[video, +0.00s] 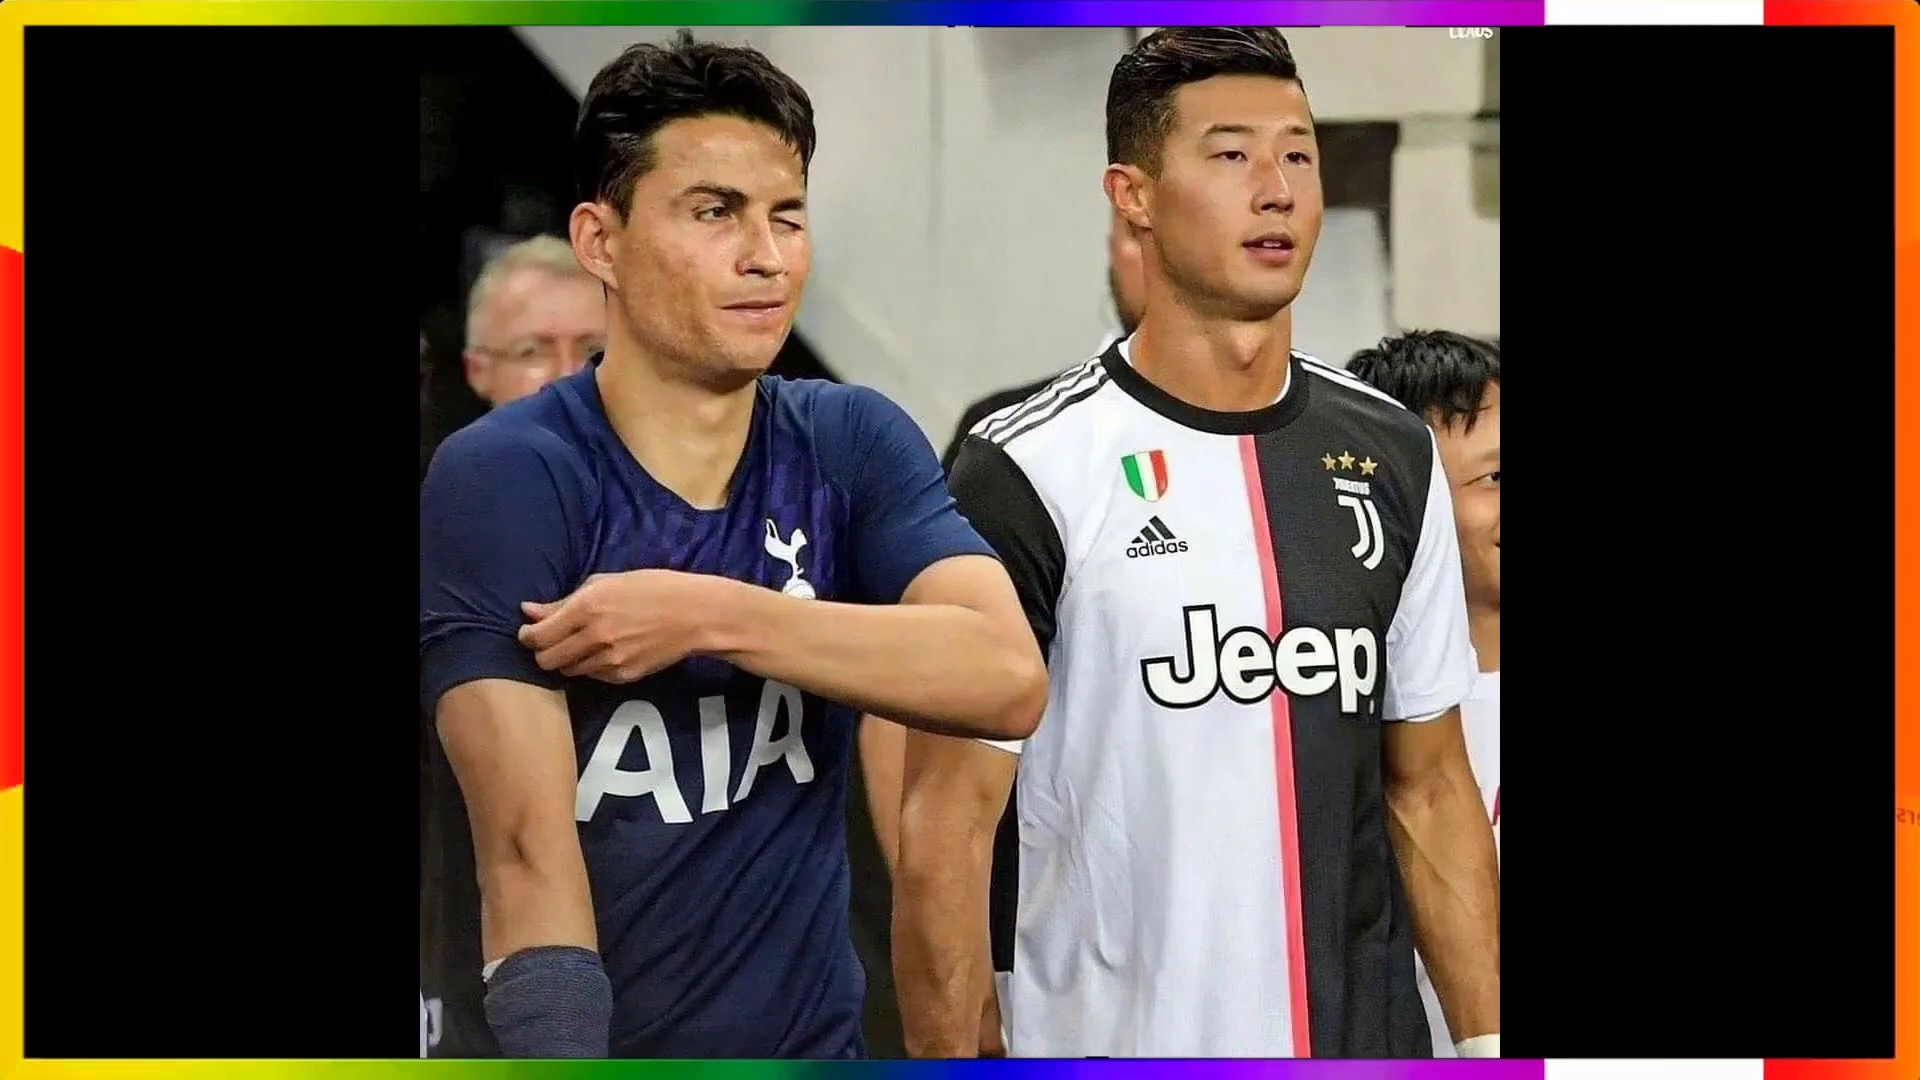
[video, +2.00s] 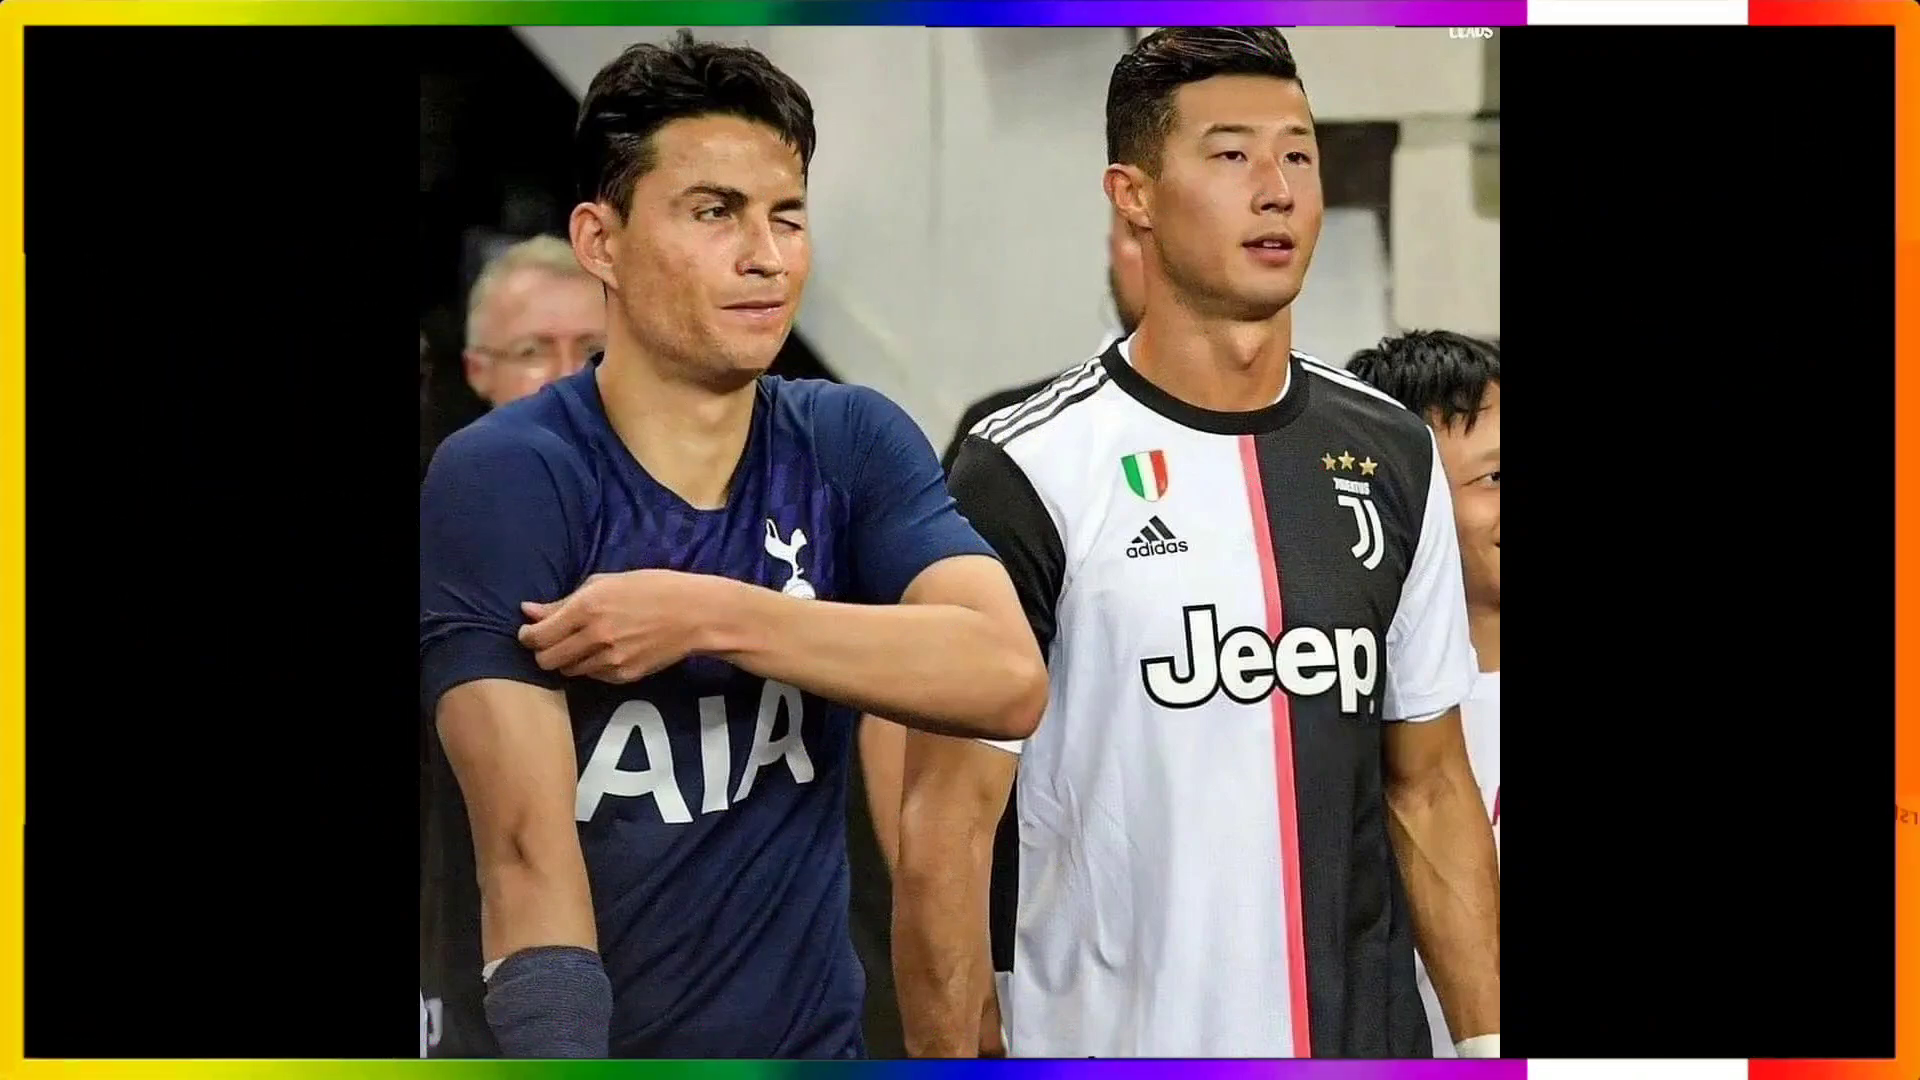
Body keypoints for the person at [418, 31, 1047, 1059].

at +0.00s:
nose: (766, 257)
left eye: (785, 218)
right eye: (712, 212)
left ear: (809, 237)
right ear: (601, 241)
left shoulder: (856, 439)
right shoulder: (499, 476)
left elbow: (1009, 681)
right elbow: (525, 851)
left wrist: (714, 613)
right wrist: (561, 1058)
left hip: (812, 1042)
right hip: (594, 1036)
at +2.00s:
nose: (766, 257)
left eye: (785, 218)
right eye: (712, 212)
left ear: (809, 237)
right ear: (601, 241)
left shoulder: (856, 439)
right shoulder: (499, 476)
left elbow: (1009, 681)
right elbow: (525, 851)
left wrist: (714, 613)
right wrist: (561, 1058)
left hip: (812, 1042)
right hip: (594, 1036)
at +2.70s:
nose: (767, 260)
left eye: (787, 219)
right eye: (715, 212)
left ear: (811, 236)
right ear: (600, 241)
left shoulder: (846, 453)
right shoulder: (497, 475)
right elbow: (524, 855)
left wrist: (708, 619)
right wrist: (560, 1060)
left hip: (813, 1037)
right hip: (602, 1037)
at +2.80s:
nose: (766, 259)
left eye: (788, 220)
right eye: (714, 212)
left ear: (811, 238)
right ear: (600, 241)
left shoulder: (857, 453)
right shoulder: (492, 477)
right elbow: (524, 845)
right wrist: (560, 1053)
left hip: (841, 1030)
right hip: (614, 1034)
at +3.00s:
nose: (766, 257)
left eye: (787, 218)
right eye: (714, 211)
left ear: (809, 234)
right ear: (598, 239)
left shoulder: (830, 461)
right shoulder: (497, 478)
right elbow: (527, 856)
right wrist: (571, 1047)